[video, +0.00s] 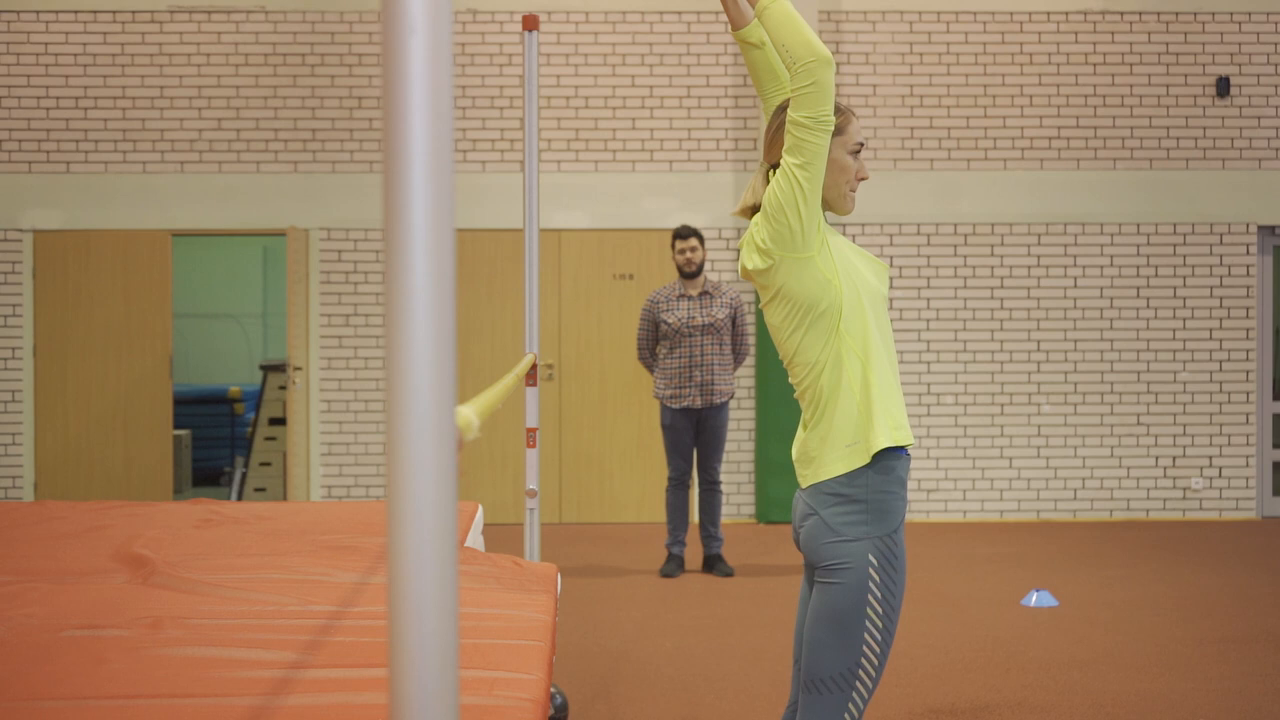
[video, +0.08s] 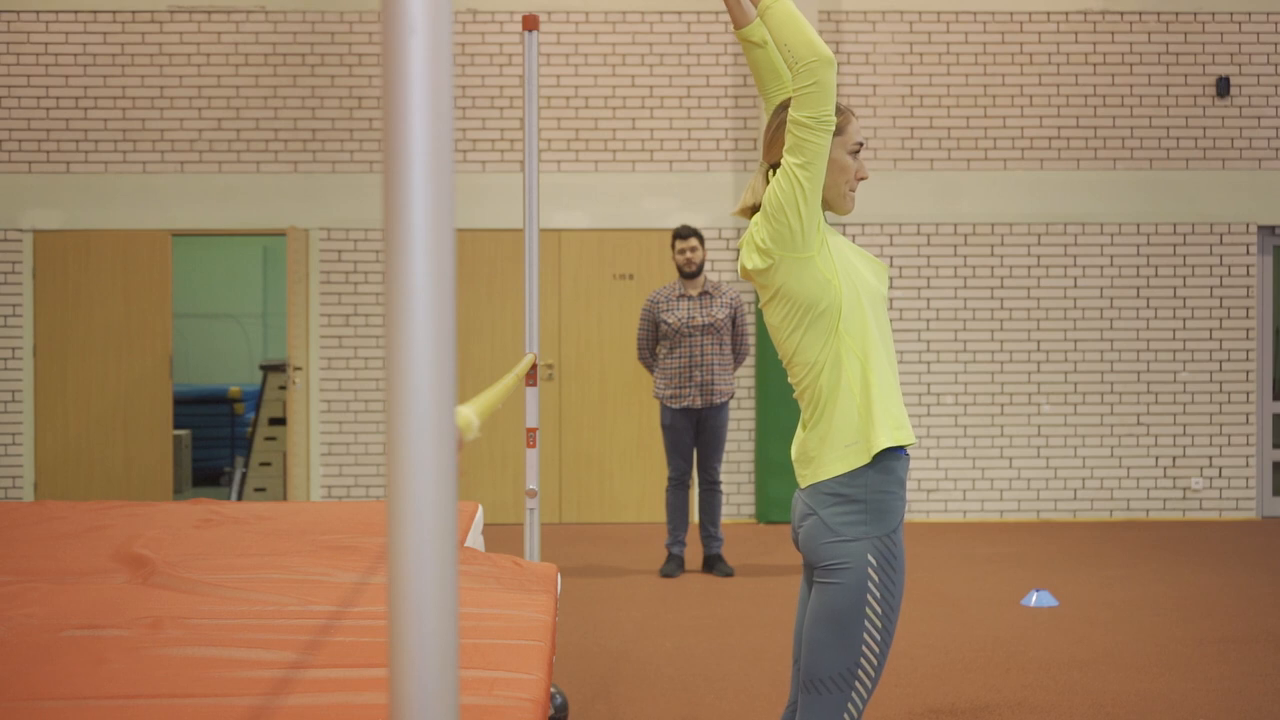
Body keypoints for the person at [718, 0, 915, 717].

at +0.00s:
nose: (865, 169)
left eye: (863, 153)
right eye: (853, 153)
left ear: (805, 158)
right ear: (805, 155)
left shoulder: (799, 237)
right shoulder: (786, 236)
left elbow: (791, 114)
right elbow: (815, 70)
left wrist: (741, 23)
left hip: (859, 485)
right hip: (851, 491)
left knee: (822, 699)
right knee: (836, 702)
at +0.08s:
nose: (863, 167)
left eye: (861, 152)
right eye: (852, 151)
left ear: (801, 157)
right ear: (806, 155)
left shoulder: (796, 236)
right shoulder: (787, 235)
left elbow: (791, 112)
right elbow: (817, 72)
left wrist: (743, 21)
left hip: (854, 485)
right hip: (852, 490)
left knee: (820, 699)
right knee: (834, 702)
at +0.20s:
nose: (862, 168)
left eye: (860, 154)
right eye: (852, 152)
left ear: (796, 157)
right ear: (805, 157)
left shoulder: (795, 236)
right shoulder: (788, 232)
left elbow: (795, 110)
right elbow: (822, 75)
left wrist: (750, 18)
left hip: (853, 488)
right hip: (851, 491)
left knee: (818, 699)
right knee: (832, 702)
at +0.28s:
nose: (860, 167)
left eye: (858, 152)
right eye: (849, 150)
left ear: (792, 156)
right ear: (803, 155)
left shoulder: (791, 233)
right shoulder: (787, 230)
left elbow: (799, 106)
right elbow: (828, 72)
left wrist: (758, 16)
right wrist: (776, 0)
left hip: (852, 489)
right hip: (849, 492)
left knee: (817, 701)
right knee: (831, 704)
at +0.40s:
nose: (859, 166)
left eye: (857, 152)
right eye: (846, 151)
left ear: (791, 159)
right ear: (801, 158)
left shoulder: (787, 234)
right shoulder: (786, 230)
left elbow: (804, 98)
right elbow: (837, 77)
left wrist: (774, 11)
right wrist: (793, 1)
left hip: (843, 491)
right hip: (848, 493)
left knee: (814, 701)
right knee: (829, 704)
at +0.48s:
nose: (858, 165)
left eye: (856, 151)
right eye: (846, 150)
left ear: (790, 157)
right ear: (801, 156)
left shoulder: (788, 232)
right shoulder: (784, 229)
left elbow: (810, 98)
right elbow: (845, 76)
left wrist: (788, 10)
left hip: (842, 490)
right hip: (844, 492)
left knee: (814, 701)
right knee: (827, 704)